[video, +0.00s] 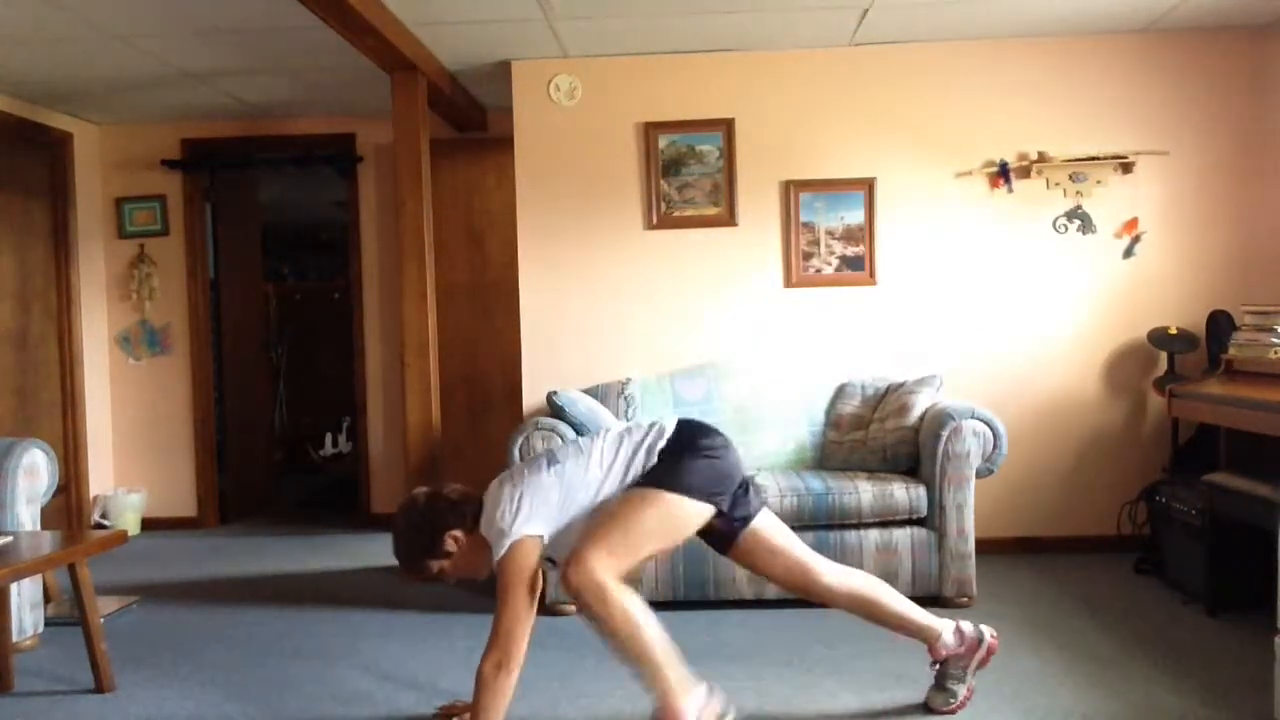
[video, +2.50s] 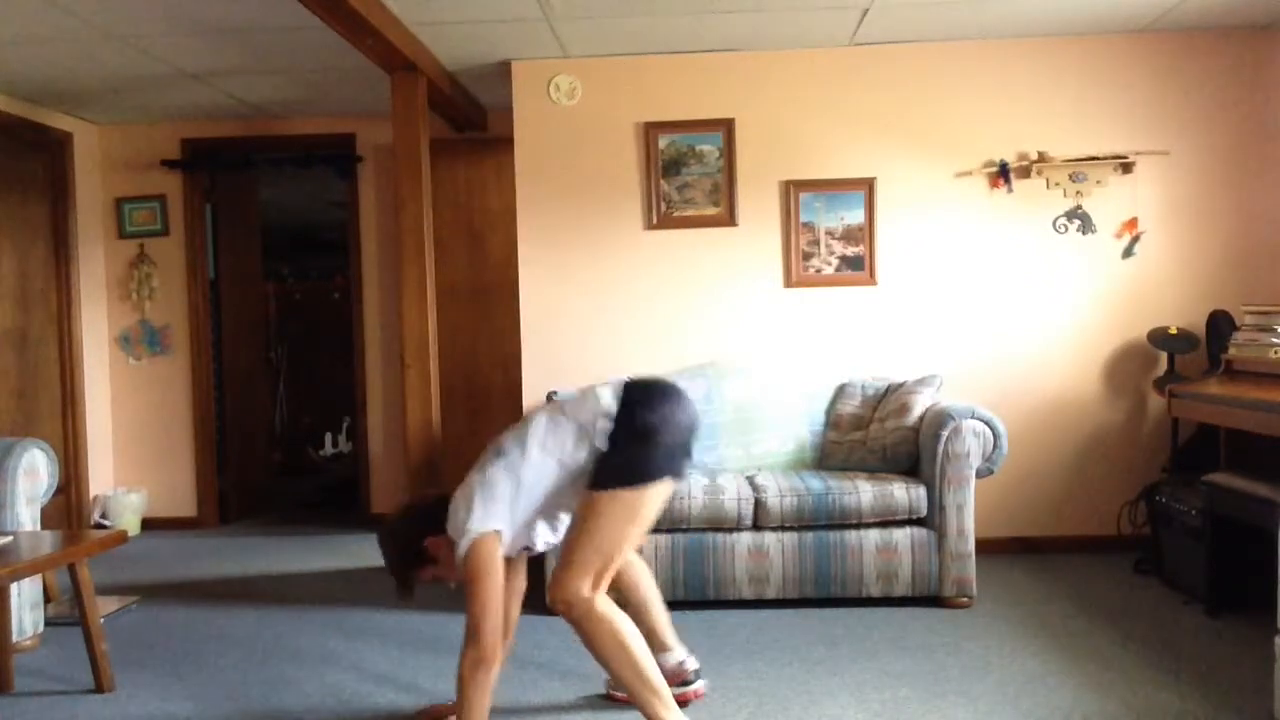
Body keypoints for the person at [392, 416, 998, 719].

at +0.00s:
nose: (458, 581)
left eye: (446, 573)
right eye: (448, 576)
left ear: (457, 542)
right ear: (461, 528)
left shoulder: (517, 517)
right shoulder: (516, 486)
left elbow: (502, 654)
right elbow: (517, 630)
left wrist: (481, 716)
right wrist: (483, 699)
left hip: (687, 460)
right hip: (703, 466)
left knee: (588, 569)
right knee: (817, 577)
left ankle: (684, 699)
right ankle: (950, 638)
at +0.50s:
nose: (446, 576)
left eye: (434, 567)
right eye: (434, 573)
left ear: (443, 536)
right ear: (449, 522)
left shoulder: (491, 515)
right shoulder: (515, 507)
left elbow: (491, 657)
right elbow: (516, 631)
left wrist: (473, 714)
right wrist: (490, 704)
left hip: (673, 441)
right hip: (685, 432)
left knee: (575, 602)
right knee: (628, 555)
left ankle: (664, 711)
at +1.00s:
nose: (459, 317)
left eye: (462, 299)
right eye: (454, 302)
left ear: (494, 283)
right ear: (499, 280)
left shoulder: (535, 322)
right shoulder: (550, 303)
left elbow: (525, 455)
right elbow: (559, 433)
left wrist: (519, 536)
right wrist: (533, 519)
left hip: (705, 424)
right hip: (695, 419)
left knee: (605, 571)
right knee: (612, 536)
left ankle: (671, 711)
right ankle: (670, 666)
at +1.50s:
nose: (603, 128)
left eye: (618, 116)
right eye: (594, 117)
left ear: (649, 127)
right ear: (584, 127)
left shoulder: (644, 188)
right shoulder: (635, 190)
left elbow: (662, 266)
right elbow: (646, 277)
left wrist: (623, 348)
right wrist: (607, 350)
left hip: (629, 383)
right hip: (627, 381)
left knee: (627, 551)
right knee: (635, 543)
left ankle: (673, 705)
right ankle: (673, 670)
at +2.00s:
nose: (447, 282)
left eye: (452, 267)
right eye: (443, 269)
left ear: (488, 251)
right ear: (492, 250)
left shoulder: (526, 294)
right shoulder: (538, 280)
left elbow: (505, 417)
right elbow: (555, 388)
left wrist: (486, 519)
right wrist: (542, 475)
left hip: (701, 400)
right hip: (693, 398)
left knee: (631, 559)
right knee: (642, 549)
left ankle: (676, 711)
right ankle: (675, 672)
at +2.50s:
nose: (451, 583)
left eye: (437, 576)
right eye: (438, 581)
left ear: (436, 546)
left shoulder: (477, 515)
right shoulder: (508, 515)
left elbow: (483, 649)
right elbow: (500, 636)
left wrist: (465, 714)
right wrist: (468, 705)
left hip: (645, 416)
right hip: (661, 408)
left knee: (574, 593)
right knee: (612, 552)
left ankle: (668, 713)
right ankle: (672, 662)